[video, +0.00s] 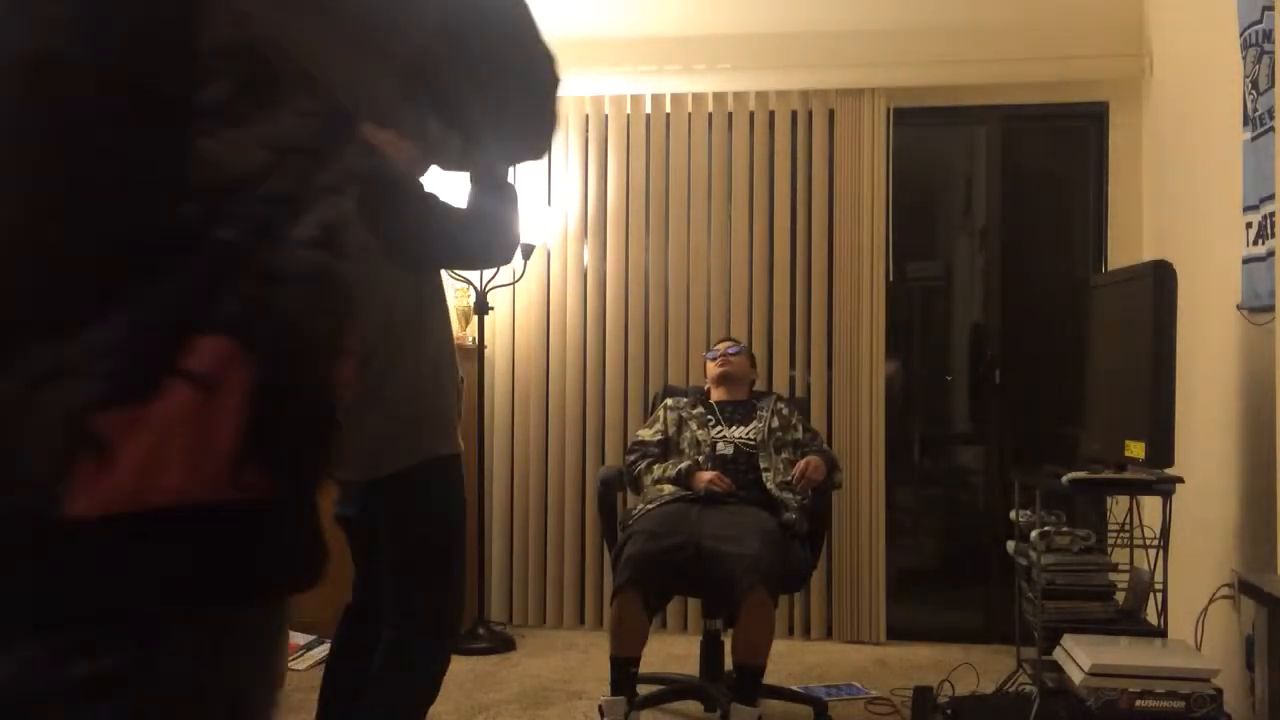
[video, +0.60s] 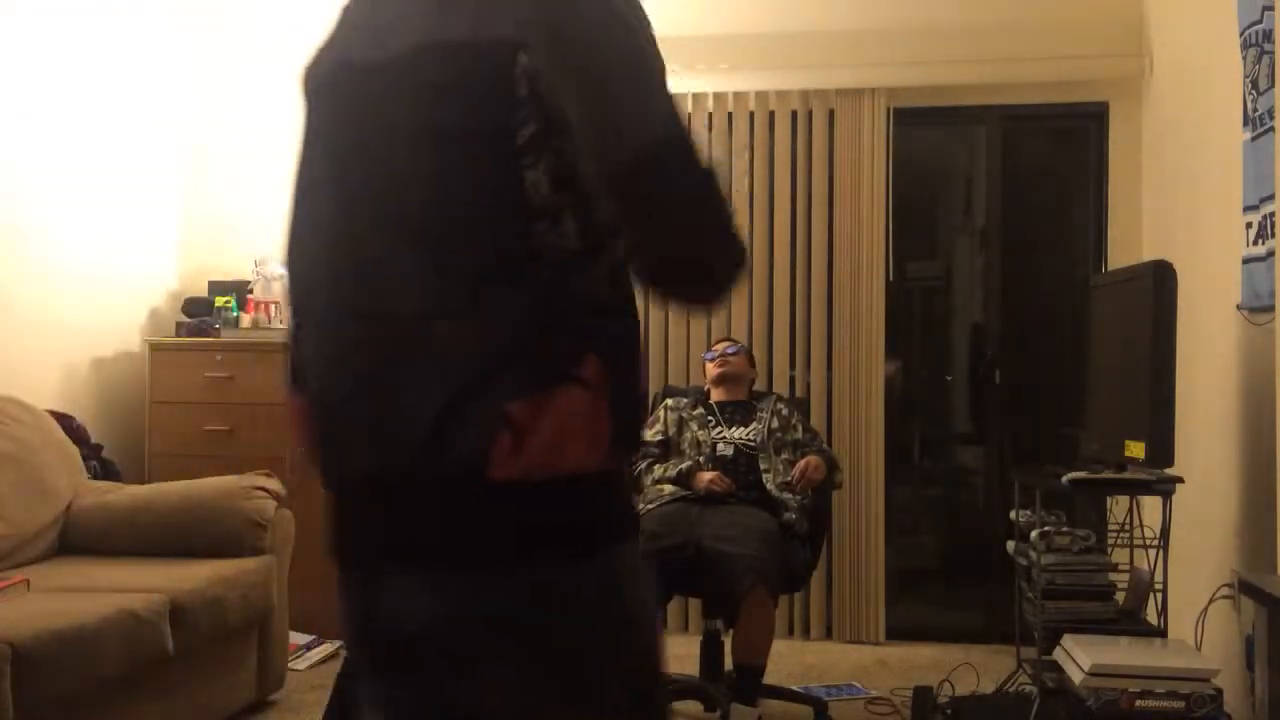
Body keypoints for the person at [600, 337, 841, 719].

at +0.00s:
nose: (722, 354)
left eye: (733, 350)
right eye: (713, 353)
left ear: (753, 371)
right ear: (705, 373)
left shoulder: (779, 411)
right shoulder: (674, 409)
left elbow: (825, 457)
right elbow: (638, 465)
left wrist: (820, 461)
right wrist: (689, 476)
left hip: (749, 507)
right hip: (673, 503)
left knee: (756, 576)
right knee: (637, 568)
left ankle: (746, 705)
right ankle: (621, 697)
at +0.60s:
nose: (722, 354)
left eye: (733, 349)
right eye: (714, 353)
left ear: (752, 370)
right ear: (704, 374)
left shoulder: (780, 411)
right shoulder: (674, 407)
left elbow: (826, 463)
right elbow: (643, 469)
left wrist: (819, 460)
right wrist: (690, 477)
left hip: (749, 508)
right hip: (675, 506)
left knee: (757, 580)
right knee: (634, 572)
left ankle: (745, 704)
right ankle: (637, 693)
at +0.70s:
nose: (722, 358)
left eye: (731, 352)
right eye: (715, 355)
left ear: (752, 369)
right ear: (708, 370)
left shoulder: (773, 407)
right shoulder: (694, 406)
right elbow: (667, 459)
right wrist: (694, 477)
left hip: (758, 511)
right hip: (695, 511)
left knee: (756, 584)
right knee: (681, 578)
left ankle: (746, 698)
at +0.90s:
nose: (742, 379)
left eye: (747, 371)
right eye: (734, 371)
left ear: (754, 374)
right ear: (720, 376)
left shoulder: (777, 412)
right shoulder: (706, 420)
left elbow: (825, 459)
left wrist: (819, 462)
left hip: (781, 532)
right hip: (725, 533)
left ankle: (752, 684)